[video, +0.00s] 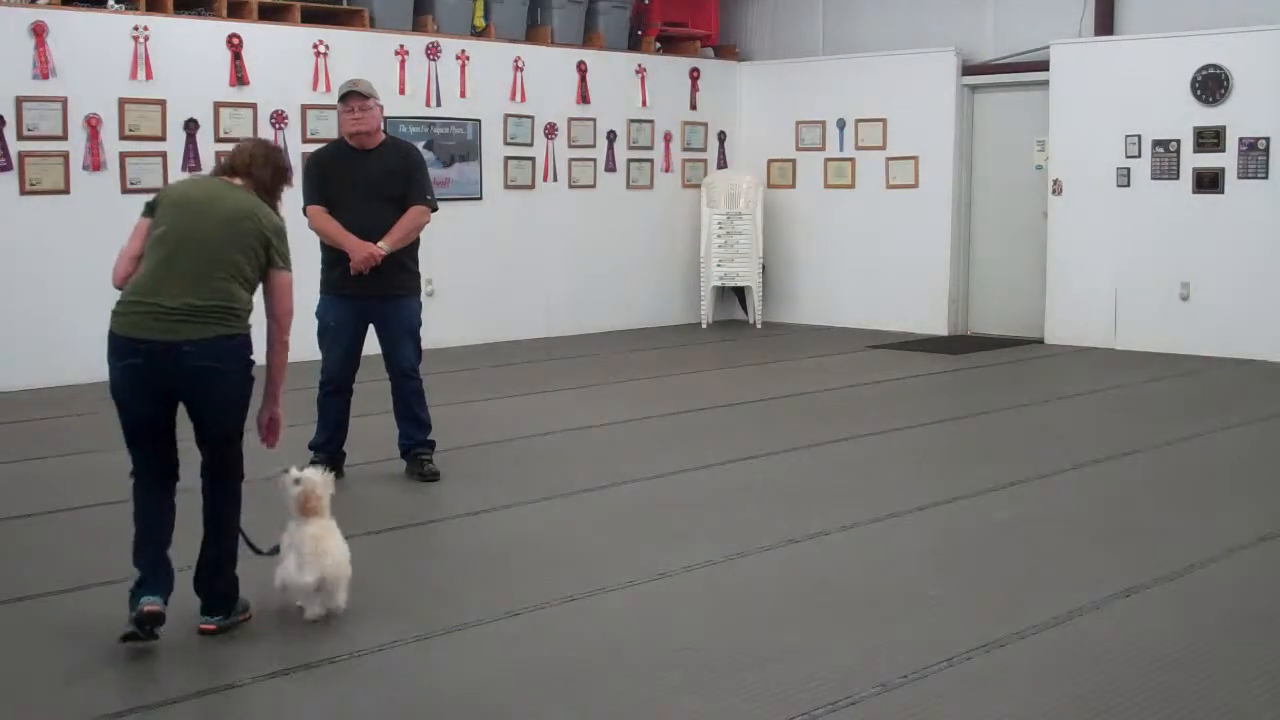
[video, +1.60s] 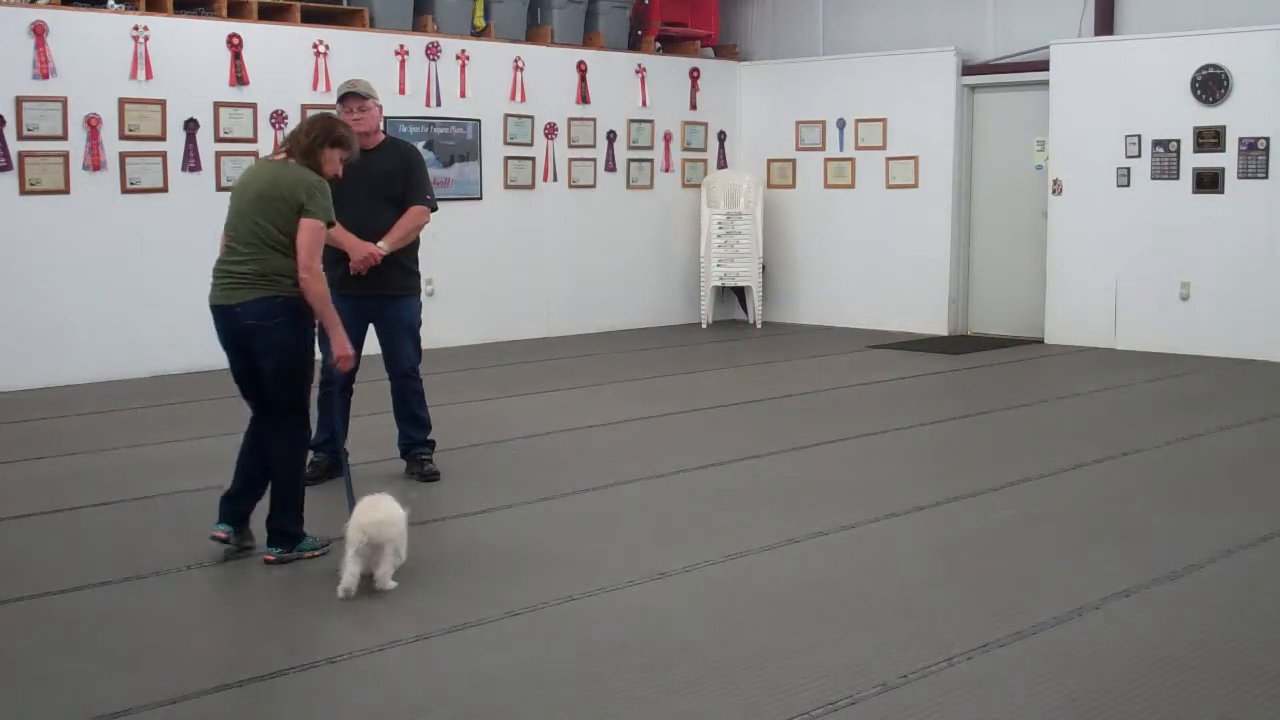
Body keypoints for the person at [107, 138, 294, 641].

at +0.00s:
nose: (278, 200)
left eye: (280, 193)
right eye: (279, 192)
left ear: (226, 167)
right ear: (272, 185)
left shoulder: (170, 193)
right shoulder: (267, 221)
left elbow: (123, 273)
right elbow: (279, 320)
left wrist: (175, 269)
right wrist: (273, 401)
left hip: (135, 348)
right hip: (215, 354)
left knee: (152, 471)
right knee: (222, 473)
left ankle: (150, 589)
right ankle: (217, 603)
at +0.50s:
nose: (301, 255)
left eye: (304, 248)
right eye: (302, 247)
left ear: (260, 219)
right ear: (291, 237)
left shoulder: (202, 227)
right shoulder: (284, 259)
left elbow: (145, 284)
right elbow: (300, 355)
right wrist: (311, 427)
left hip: (146, 335)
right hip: (215, 341)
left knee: (182, 455)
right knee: (228, 464)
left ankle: (200, 576)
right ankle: (216, 596)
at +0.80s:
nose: (307, 258)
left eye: (312, 250)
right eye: (309, 249)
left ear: (272, 221)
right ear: (300, 239)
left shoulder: (217, 225)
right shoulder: (288, 255)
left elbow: (155, 273)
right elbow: (308, 354)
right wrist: (327, 424)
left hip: (150, 321)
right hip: (214, 326)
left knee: (190, 442)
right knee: (234, 443)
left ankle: (198, 570)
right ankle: (222, 546)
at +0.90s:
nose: (310, 247)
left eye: (314, 239)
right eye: (312, 238)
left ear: (274, 211)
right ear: (301, 225)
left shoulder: (221, 217)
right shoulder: (289, 243)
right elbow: (306, 339)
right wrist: (323, 412)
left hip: (154, 319)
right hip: (218, 321)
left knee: (194, 438)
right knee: (241, 438)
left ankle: (199, 570)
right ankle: (232, 550)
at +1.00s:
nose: (317, 235)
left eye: (321, 225)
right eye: (319, 223)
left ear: (277, 198)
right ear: (304, 211)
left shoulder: (221, 210)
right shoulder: (291, 232)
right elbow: (302, 325)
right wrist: (314, 395)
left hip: (160, 316)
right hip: (225, 319)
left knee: (201, 438)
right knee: (249, 437)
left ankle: (204, 566)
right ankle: (255, 554)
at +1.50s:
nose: (340, 176)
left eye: (345, 167)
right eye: (340, 165)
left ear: (297, 151)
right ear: (318, 153)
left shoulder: (250, 176)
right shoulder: (314, 194)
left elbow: (218, 245)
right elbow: (305, 276)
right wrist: (324, 347)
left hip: (220, 312)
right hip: (273, 314)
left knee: (255, 417)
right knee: (293, 424)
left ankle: (219, 512)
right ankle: (286, 537)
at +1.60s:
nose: (340, 172)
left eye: (344, 163)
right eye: (339, 161)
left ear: (297, 145)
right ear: (317, 148)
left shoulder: (254, 173)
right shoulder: (313, 188)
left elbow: (230, 245)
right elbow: (309, 273)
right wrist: (337, 334)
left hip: (228, 308)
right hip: (277, 311)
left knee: (268, 415)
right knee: (290, 422)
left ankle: (232, 519)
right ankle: (285, 538)